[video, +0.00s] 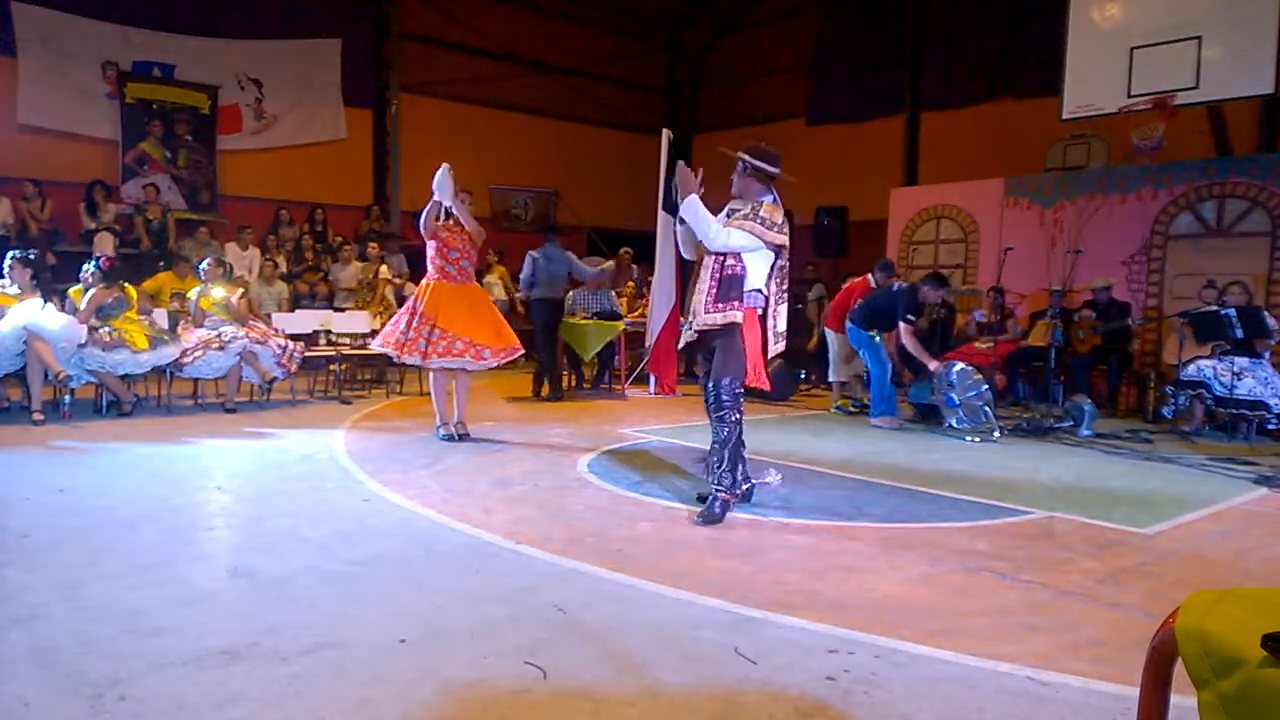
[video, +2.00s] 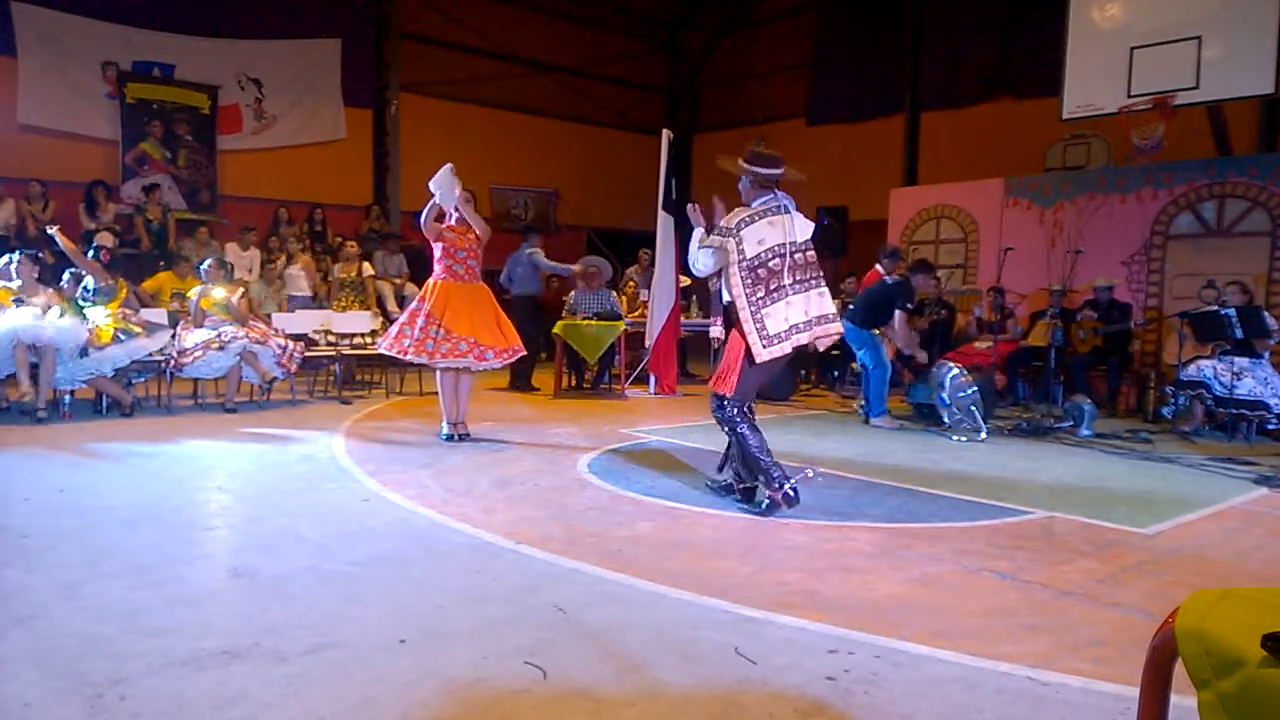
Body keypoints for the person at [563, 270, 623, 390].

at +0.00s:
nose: (597, 282)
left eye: (600, 278)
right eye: (594, 278)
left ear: (603, 280)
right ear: (587, 279)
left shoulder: (609, 294)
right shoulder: (573, 294)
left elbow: (619, 313)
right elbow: (567, 315)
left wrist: (597, 315)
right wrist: (578, 315)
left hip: (602, 330)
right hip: (580, 330)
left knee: (608, 349)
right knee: (571, 349)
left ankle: (598, 380)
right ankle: (579, 378)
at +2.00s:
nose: (592, 277)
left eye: (595, 274)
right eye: (590, 274)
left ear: (601, 277)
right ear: (584, 277)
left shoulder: (610, 294)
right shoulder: (575, 294)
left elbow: (619, 314)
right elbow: (565, 314)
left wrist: (599, 316)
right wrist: (578, 318)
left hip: (602, 332)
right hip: (580, 331)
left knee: (609, 348)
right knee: (570, 346)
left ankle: (597, 380)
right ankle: (579, 378)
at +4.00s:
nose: (597, 276)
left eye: (599, 273)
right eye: (595, 273)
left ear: (605, 277)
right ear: (590, 275)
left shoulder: (613, 296)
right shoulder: (578, 293)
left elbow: (620, 316)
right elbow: (565, 311)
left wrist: (600, 317)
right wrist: (577, 318)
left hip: (603, 332)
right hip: (581, 331)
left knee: (610, 349)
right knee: (570, 345)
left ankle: (597, 380)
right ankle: (578, 377)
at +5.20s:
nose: (583, 277)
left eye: (587, 274)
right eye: (584, 274)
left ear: (598, 278)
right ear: (584, 277)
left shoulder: (610, 295)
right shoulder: (578, 292)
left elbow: (618, 311)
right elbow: (557, 298)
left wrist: (601, 302)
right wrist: (572, 301)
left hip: (602, 330)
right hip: (579, 329)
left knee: (610, 348)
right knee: (570, 346)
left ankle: (597, 380)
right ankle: (579, 377)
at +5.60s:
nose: (578, 278)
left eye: (582, 275)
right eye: (579, 275)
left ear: (592, 278)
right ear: (578, 277)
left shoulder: (608, 294)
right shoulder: (575, 295)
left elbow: (618, 311)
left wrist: (600, 305)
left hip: (602, 331)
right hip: (580, 331)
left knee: (610, 348)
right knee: (570, 344)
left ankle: (597, 380)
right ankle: (579, 377)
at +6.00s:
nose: (580, 280)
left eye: (584, 277)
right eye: (580, 277)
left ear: (594, 280)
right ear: (579, 279)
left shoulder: (609, 294)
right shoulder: (576, 297)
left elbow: (620, 312)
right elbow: (560, 312)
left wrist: (601, 308)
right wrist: (560, 296)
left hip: (602, 332)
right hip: (580, 332)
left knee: (609, 348)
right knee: (570, 344)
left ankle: (597, 381)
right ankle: (579, 378)